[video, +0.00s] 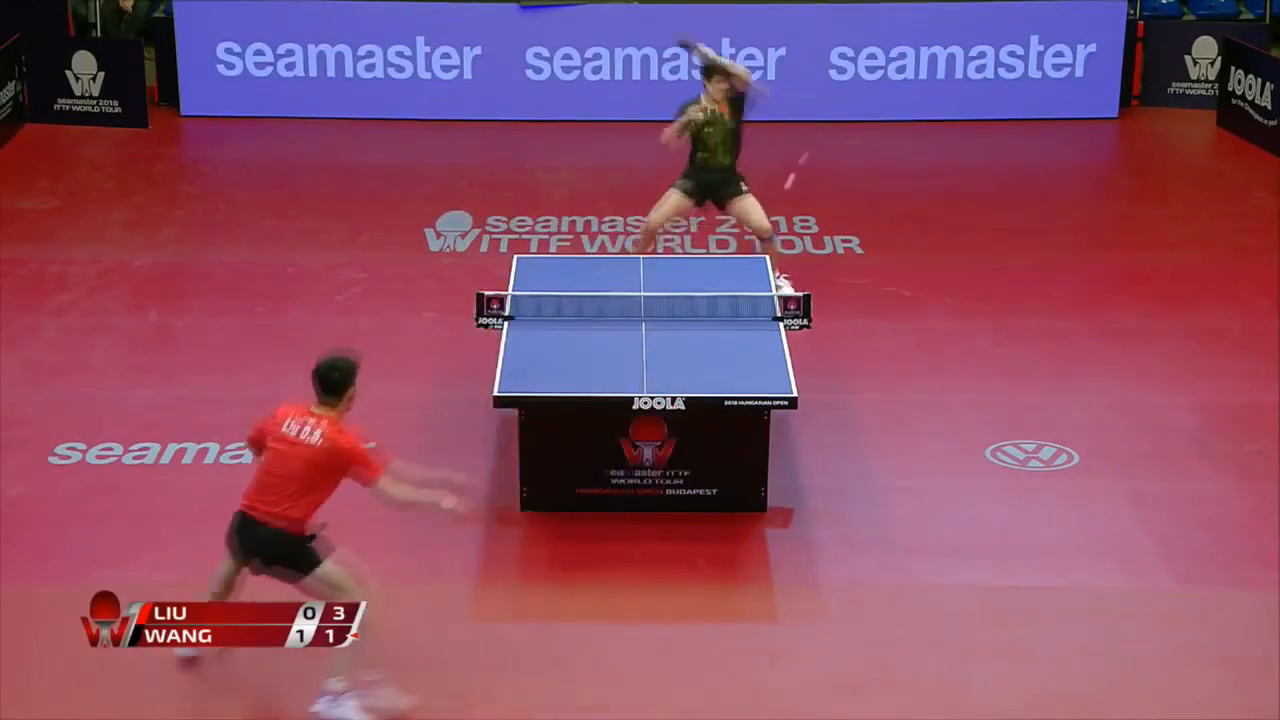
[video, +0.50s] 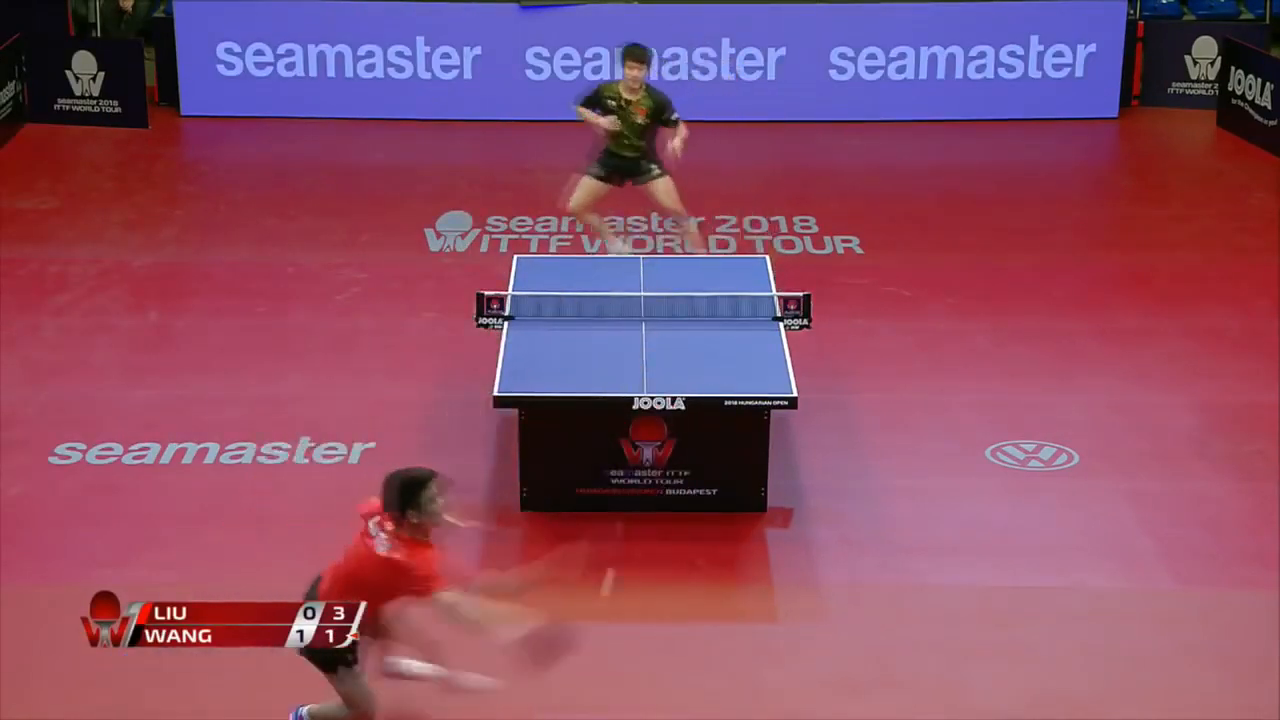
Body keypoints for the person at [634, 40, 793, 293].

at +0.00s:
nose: (724, 87)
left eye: (726, 81)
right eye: (718, 82)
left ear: (731, 83)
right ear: (706, 83)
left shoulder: (734, 104)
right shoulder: (693, 108)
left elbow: (744, 78)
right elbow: (667, 141)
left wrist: (711, 57)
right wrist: (687, 120)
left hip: (727, 180)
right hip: (695, 179)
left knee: (764, 228)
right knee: (650, 224)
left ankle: (775, 278)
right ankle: (639, 273)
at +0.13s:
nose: (698, 69)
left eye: (702, 64)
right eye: (694, 63)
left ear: (708, 65)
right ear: (684, 65)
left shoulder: (717, 85)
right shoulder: (675, 92)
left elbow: (729, 68)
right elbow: (660, 118)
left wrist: (707, 41)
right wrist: (644, 120)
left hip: (717, 163)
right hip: (684, 162)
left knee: (751, 221)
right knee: (641, 210)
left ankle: (769, 275)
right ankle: (620, 259)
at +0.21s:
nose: (682, 72)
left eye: (687, 67)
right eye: (677, 67)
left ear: (694, 68)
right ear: (669, 68)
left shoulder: (704, 87)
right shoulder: (663, 94)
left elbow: (730, 87)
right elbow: (656, 120)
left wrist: (711, 67)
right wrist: (637, 129)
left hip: (707, 161)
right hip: (676, 162)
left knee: (735, 218)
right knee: (638, 211)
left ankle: (749, 264)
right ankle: (623, 258)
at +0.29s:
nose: (667, 84)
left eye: (672, 79)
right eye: (663, 79)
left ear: (680, 80)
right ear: (655, 80)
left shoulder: (690, 100)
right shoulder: (649, 107)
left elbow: (725, 115)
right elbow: (650, 131)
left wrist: (711, 101)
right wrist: (636, 141)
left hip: (697, 171)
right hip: (668, 172)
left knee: (715, 224)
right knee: (627, 212)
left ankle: (737, 267)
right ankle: (630, 261)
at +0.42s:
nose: (647, 83)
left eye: (652, 78)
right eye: (643, 77)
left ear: (659, 80)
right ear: (635, 78)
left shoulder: (670, 105)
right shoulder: (622, 103)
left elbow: (701, 128)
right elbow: (618, 128)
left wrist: (695, 130)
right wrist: (614, 131)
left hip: (670, 171)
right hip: (640, 169)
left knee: (697, 219)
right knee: (600, 208)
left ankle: (729, 260)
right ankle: (628, 253)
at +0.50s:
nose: (634, 74)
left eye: (639, 69)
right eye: (630, 68)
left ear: (647, 71)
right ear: (623, 69)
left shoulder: (656, 100)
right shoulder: (606, 91)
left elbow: (680, 126)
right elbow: (581, 109)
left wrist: (678, 139)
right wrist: (599, 121)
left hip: (644, 162)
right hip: (611, 160)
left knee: (676, 210)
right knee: (577, 206)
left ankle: (701, 259)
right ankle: (614, 245)